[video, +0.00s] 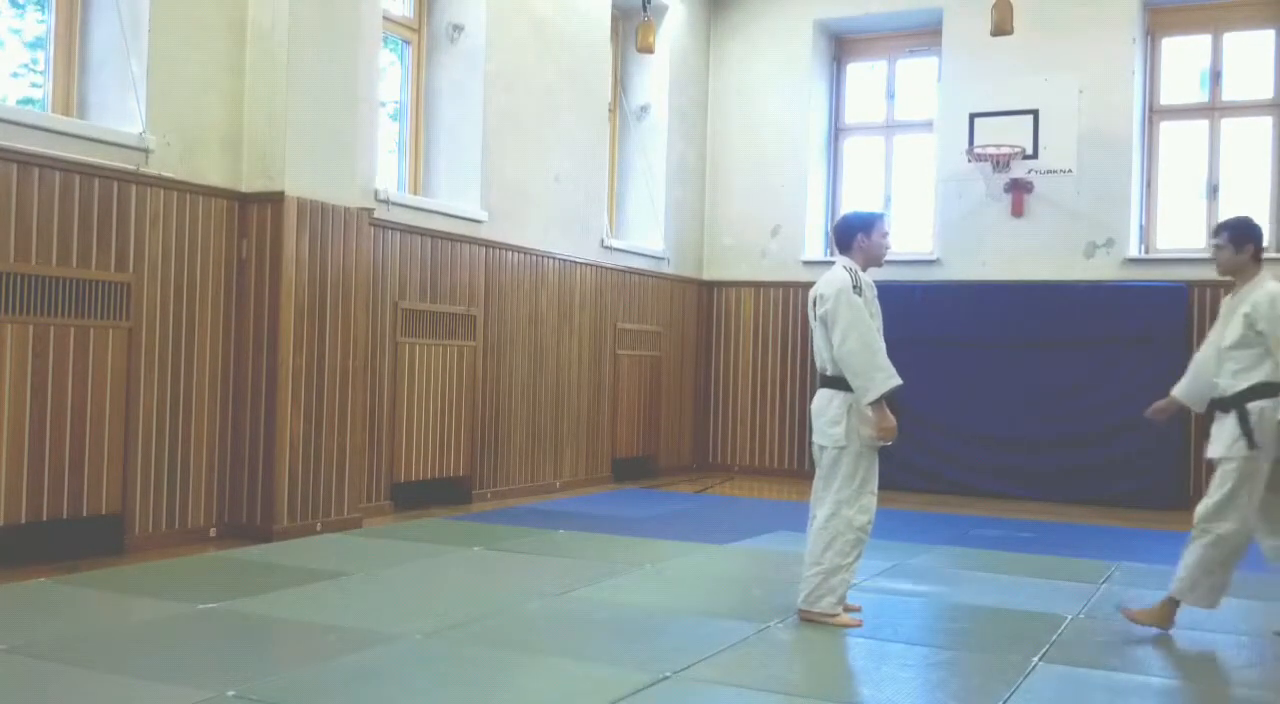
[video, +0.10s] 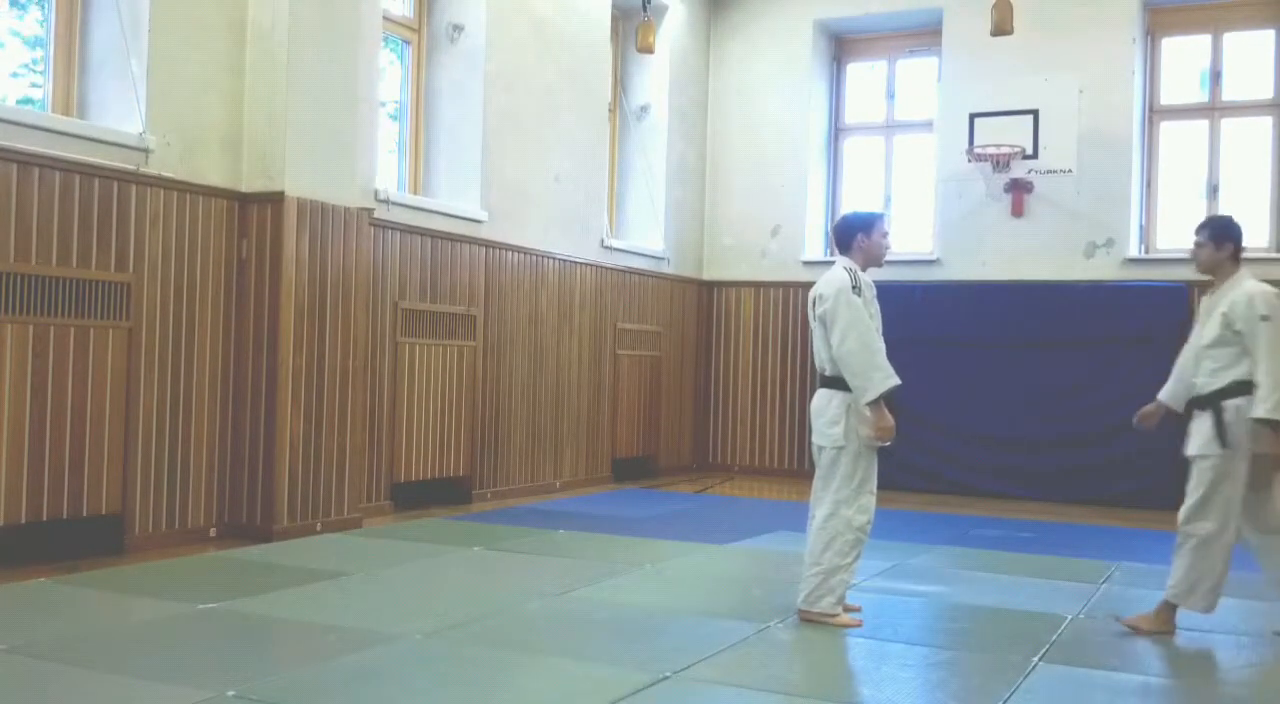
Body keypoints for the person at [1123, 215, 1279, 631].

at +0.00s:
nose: (1213, 256)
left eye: (1220, 248)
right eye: (1213, 249)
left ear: (1248, 249)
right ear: (1234, 252)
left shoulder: (1269, 296)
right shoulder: (1235, 298)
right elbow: (1212, 356)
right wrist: (1176, 400)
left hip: (1259, 422)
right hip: (1239, 420)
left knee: (1218, 515)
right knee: (1269, 517)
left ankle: (1168, 608)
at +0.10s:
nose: (1193, 252)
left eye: (1201, 245)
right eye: (1194, 245)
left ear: (1228, 249)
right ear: (1215, 250)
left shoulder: (1256, 295)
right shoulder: (1213, 299)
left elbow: (1269, 364)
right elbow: (1192, 357)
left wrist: (1267, 425)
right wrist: (1162, 403)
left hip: (1232, 420)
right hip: (1217, 418)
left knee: (1201, 516)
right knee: (1263, 518)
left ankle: (1165, 613)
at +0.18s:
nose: (1173, 249)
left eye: (1180, 242)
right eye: (1174, 242)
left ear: (1205, 245)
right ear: (1198, 247)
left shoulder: (1231, 292)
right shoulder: (1194, 294)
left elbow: (1244, 361)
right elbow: (1177, 361)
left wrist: (1238, 424)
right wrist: (1152, 403)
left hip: (1204, 419)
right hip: (1188, 418)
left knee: (1185, 517)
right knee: (1235, 519)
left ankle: (1164, 613)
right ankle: (1276, 586)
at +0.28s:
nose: (1153, 250)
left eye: (1159, 243)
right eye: (1153, 243)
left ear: (1185, 247)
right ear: (1180, 249)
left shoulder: (1211, 294)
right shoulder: (1176, 294)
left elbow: (1212, 366)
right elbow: (1163, 366)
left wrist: (1191, 421)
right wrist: (1134, 406)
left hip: (1185, 421)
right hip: (1160, 418)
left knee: (1173, 517)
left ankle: (1164, 613)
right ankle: (1243, 578)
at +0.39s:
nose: (1136, 248)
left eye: (1142, 241)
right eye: (1137, 241)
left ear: (1168, 244)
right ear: (1160, 245)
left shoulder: (1194, 293)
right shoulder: (1155, 292)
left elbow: (1186, 361)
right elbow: (1136, 355)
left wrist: (1152, 410)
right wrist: (1108, 396)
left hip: (1169, 420)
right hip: (1137, 413)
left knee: (1166, 514)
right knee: (1112, 503)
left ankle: (1163, 612)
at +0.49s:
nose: (1125, 248)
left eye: (1131, 241)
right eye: (1126, 241)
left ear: (1157, 244)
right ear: (1147, 245)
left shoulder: (1186, 294)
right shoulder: (1140, 295)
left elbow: (1173, 360)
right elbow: (1118, 354)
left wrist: (1127, 398)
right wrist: (1088, 389)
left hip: (1159, 424)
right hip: (1121, 420)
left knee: (1158, 517)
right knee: (1093, 503)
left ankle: (1161, 612)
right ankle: (1118, 596)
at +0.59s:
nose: (1102, 249)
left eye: (1109, 242)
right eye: (1103, 242)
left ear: (1135, 246)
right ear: (1124, 247)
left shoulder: (1163, 297)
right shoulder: (1113, 297)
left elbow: (1146, 359)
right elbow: (1083, 348)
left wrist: (1093, 391)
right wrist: (1037, 367)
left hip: (1134, 424)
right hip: (1095, 419)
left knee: (1139, 523)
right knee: (1065, 507)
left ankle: (1160, 614)